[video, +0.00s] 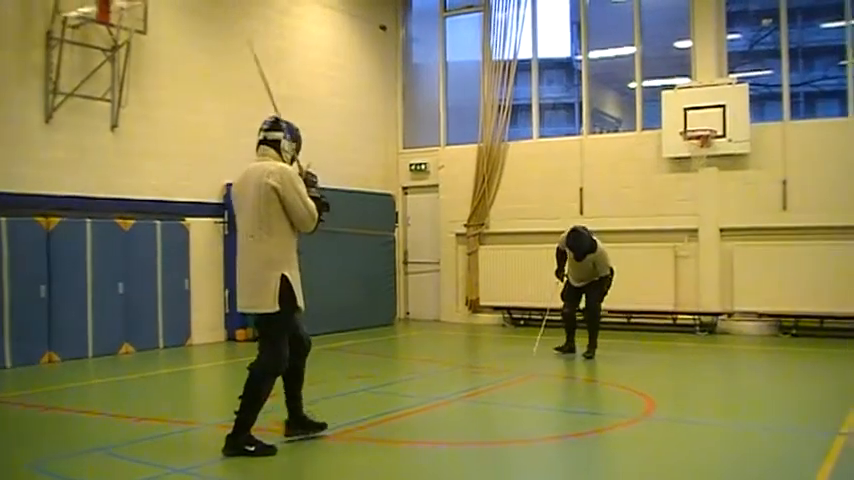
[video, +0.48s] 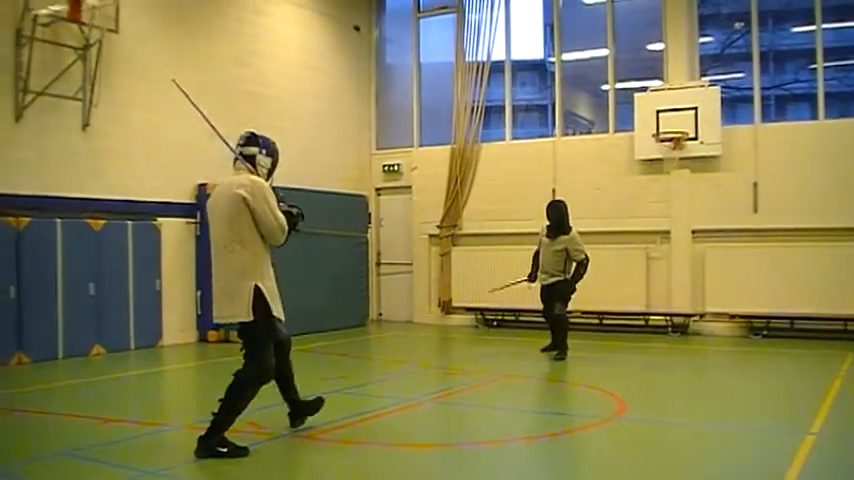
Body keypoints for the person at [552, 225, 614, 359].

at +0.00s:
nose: (577, 256)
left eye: (580, 253)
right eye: (575, 253)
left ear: (588, 248)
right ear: (570, 245)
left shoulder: (599, 252)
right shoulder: (566, 239)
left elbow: (606, 275)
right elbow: (560, 250)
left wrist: (601, 296)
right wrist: (560, 268)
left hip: (594, 281)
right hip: (573, 280)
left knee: (592, 311)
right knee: (567, 311)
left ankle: (592, 347)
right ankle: (570, 343)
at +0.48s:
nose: (550, 218)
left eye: (553, 214)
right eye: (549, 214)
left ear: (560, 215)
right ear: (547, 215)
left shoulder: (569, 237)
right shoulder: (545, 231)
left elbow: (583, 260)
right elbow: (538, 251)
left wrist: (573, 283)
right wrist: (534, 271)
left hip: (560, 282)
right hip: (545, 282)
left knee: (559, 313)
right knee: (549, 313)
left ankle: (562, 347)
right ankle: (555, 341)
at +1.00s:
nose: (569, 214)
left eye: (573, 210)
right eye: (567, 210)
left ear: (579, 211)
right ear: (564, 211)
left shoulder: (585, 232)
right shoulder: (559, 231)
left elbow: (586, 254)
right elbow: (546, 251)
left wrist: (560, 250)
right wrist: (543, 240)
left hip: (575, 275)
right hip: (561, 276)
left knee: (570, 307)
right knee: (568, 310)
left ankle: (576, 343)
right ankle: (576, 341)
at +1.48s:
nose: (552, 219)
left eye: (555, 216)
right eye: (550, 215)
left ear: (564, 216)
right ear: (548, 216)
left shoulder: (570, 238)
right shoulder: (547, 233)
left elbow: (561, 259)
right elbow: (532, 255)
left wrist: (538, 252)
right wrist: (535, 241)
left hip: (565, 280)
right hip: (552, 281)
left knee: (553, 311)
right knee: (559, 311)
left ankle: (556, 349)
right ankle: (573, 334)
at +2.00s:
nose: (534, 223)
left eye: (538, 219)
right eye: (533, 219)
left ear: (547, 220)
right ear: (531, 220)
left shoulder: (555, 243)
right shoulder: (531, 238)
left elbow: (546, 267)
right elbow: (518, 259)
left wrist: (523, 262)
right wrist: (520, 249)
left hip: (551, 284)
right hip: (535, 285)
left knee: (547, 312)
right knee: (533, 313)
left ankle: (555, 348)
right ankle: (539, 341)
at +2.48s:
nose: (525, 227)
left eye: (529, 223)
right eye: (524, 223)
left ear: (538, 223)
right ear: (522, 223)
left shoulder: (546, 245)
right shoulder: (521, 240)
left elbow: (541, 271)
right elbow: (508, 260)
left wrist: (515, 267)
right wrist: (519, 245)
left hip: (541, 285)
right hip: (526, 286)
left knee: (533, 308)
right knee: (527, 315)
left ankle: (534, 347)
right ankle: (538, 338)